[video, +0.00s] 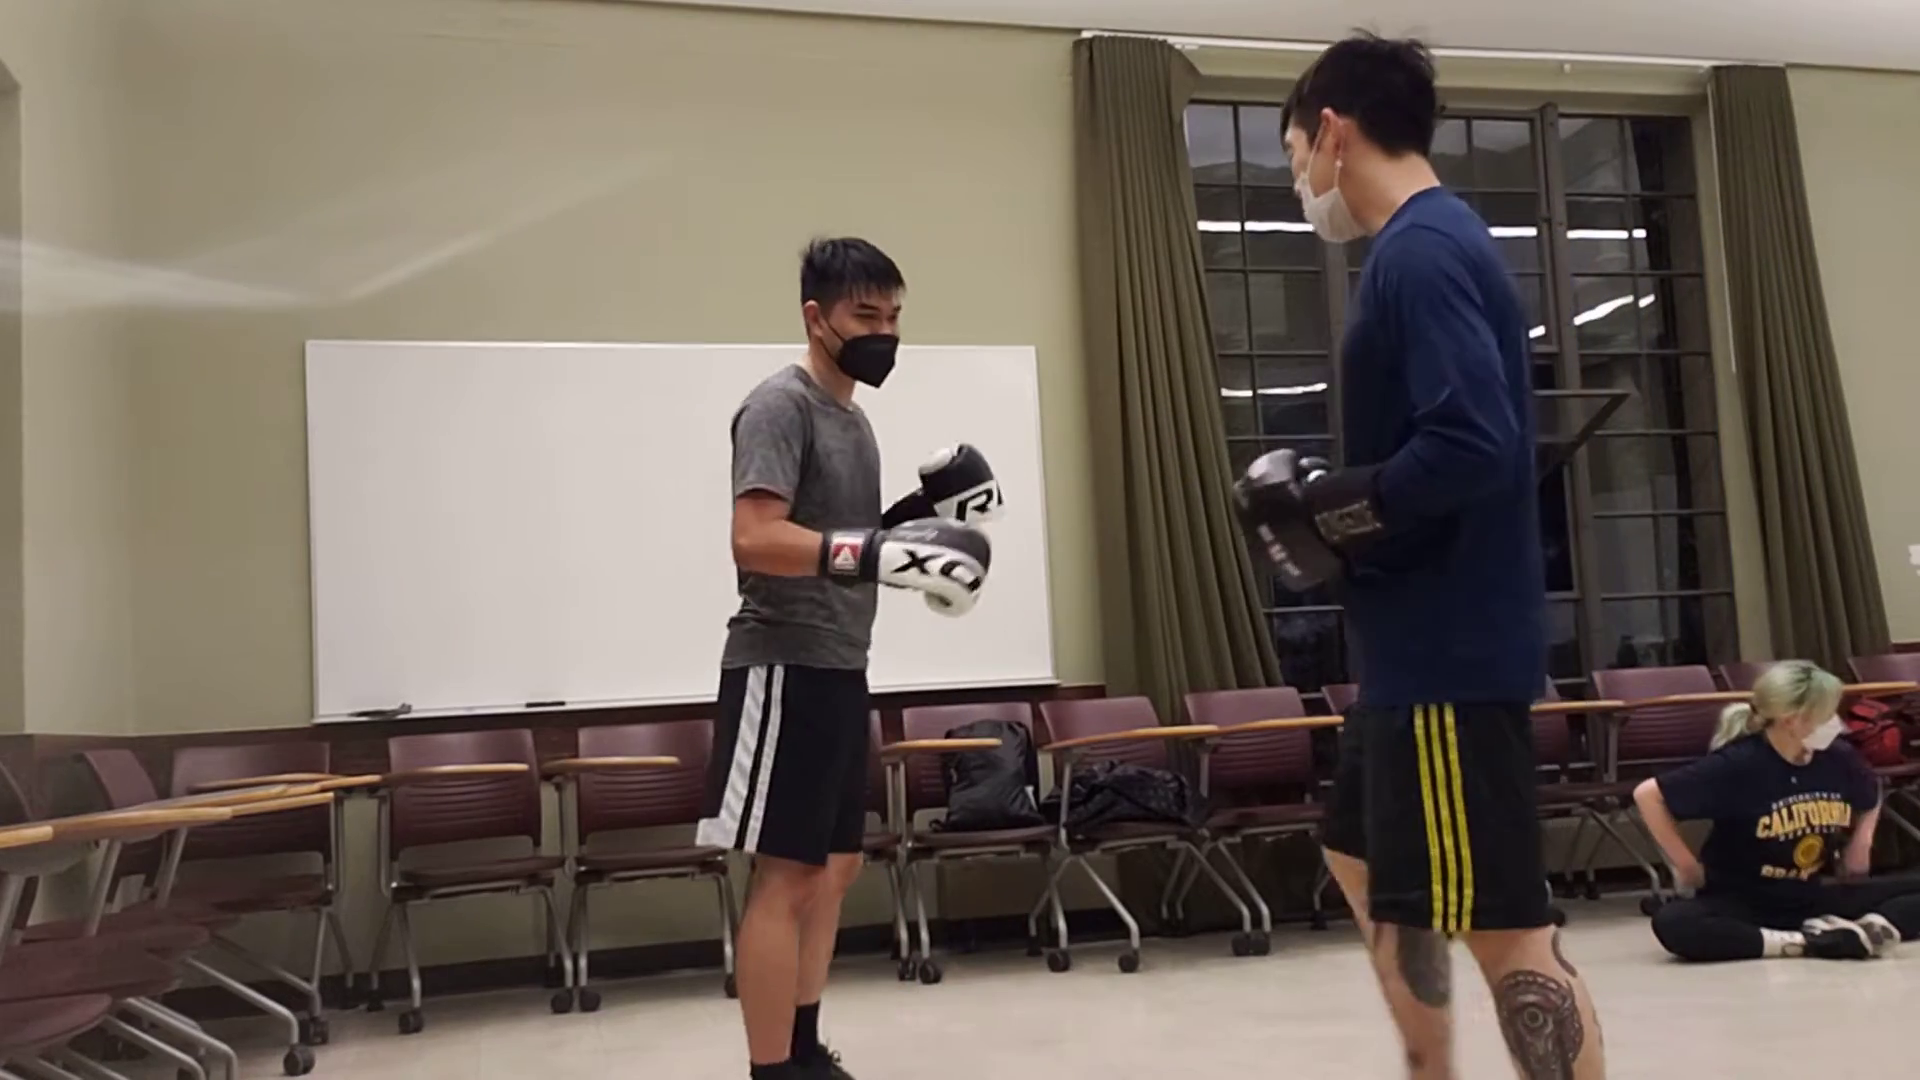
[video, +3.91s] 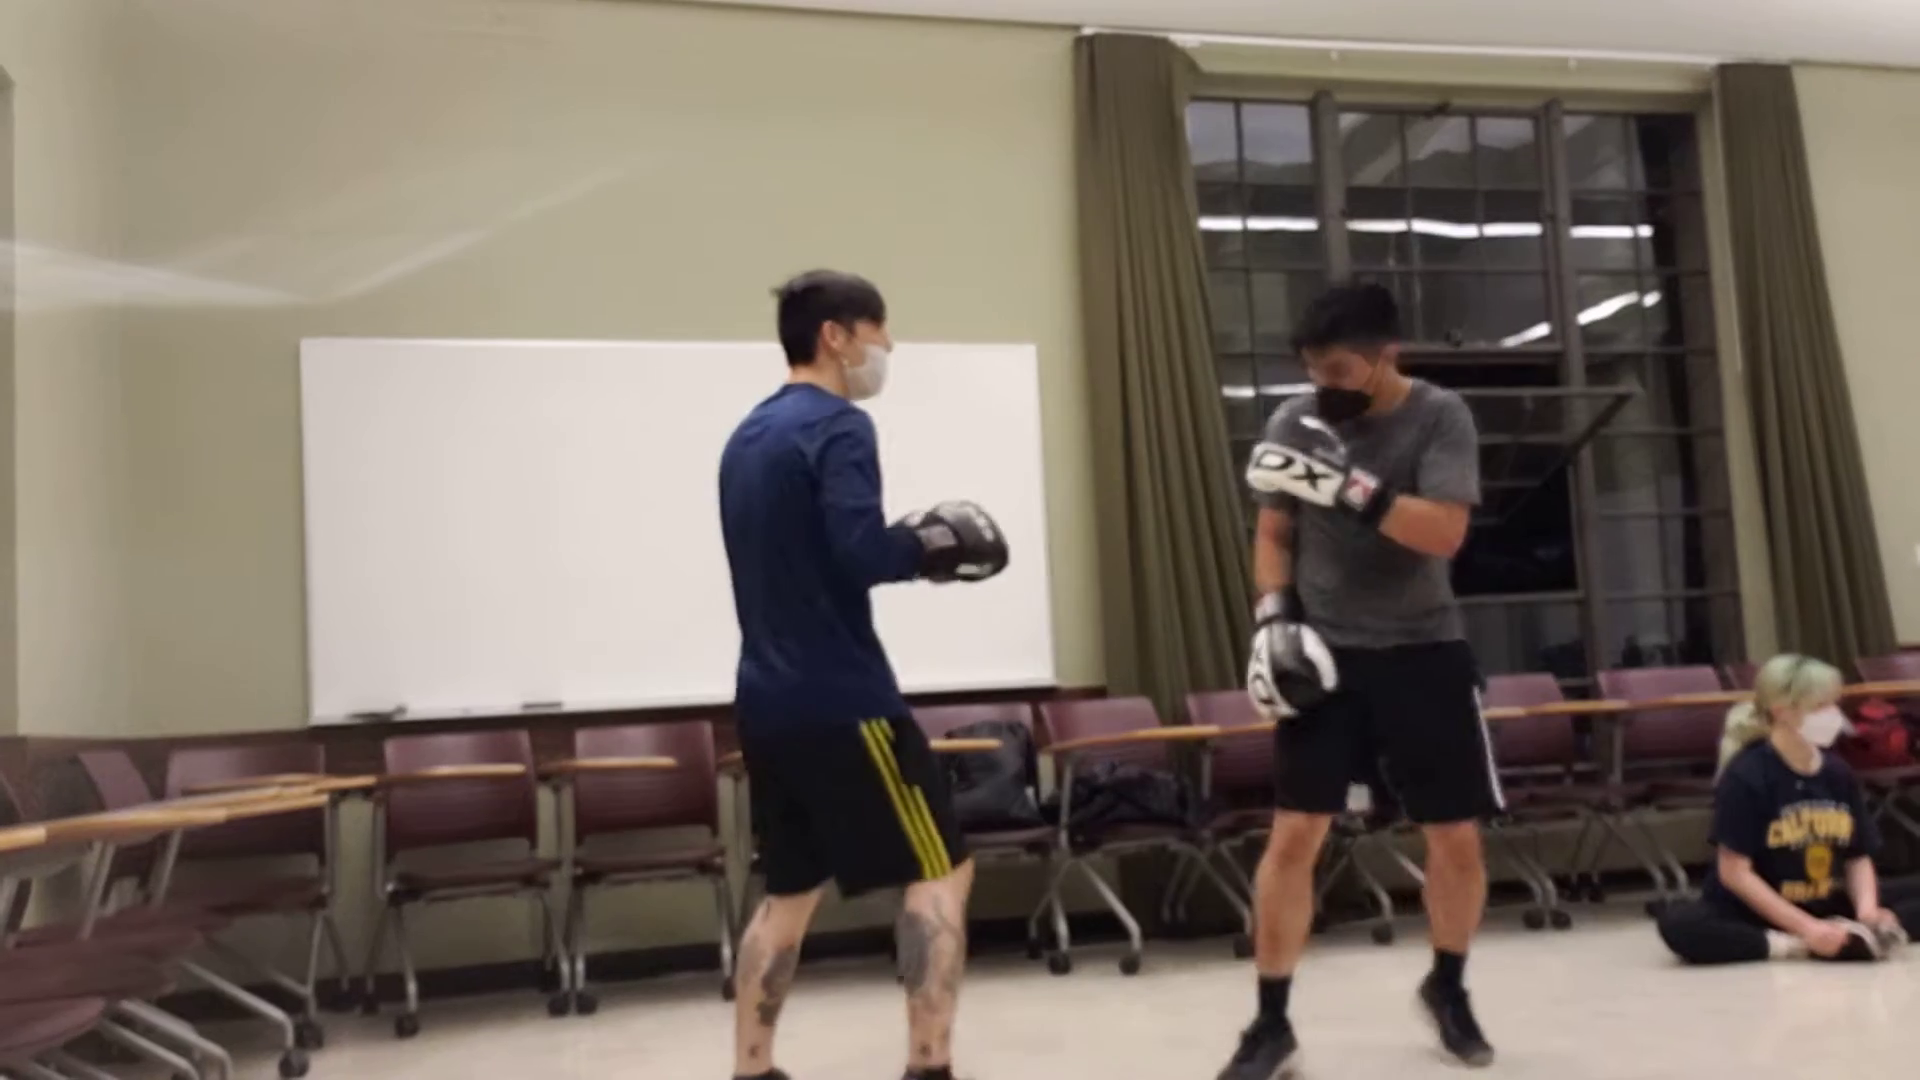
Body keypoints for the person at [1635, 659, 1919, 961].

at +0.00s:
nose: (1835, 725)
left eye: (1834, 716)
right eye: (1826, 718)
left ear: (1797, 721)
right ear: (1793, 722)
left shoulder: (1837, 760)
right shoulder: (1738, 764)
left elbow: (1870, 794)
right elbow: (1647, 794)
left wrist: (1859, 848)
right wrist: (1684, 864)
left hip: (1813, 897)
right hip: (1740, 902)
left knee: (1917, 888)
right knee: (1673, 923)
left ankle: (1853, 931)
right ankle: (1797, 943)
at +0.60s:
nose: (1832, 724)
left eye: (1831, 715)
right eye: (1823, 717)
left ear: (1796, 722)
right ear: (1790, 722)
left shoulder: (1828, 760)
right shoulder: (1735, 766)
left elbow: (1846, 805)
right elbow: (1654, 812)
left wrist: (1837, 848)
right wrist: (1712, 867)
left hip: (1814, 896)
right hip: (1746, 904)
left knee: (1917, 888)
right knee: (1672, 922)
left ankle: (1859, 931)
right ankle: (1797, 944)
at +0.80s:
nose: (1823, 715)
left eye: (1822, 706)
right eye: (1815, 707)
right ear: (1784, 714)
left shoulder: (1825, 764)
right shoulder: (1735, 769)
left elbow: (1856, 829)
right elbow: (1675, 843)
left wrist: (1852, 861)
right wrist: (1759, 880)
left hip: (1824, 899)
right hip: (1747, 907)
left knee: (1915, 892)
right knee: (1670, 922)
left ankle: (1851, 930)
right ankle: (1794, 945)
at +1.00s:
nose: (1820, 712)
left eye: (1819, 703)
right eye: (1812, 703)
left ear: (1784, 708)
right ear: (1781, 708)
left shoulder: (1823, 766)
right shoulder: (1735, 769)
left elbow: (1852, 842)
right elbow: (1704, 862)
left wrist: (1856, 878)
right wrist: (1796, 890)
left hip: (1822, 898)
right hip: (1749, 905)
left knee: (1915, 897)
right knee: (1670, 922)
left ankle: (1850, 930)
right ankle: (1792, 945)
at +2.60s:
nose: (1830, 716)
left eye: (1829, 705)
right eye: (1817, 707)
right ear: (1777, 712)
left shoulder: (1836, 772)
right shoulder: (1740, 775)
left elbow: (1857, 852)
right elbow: (1724, 870)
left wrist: (1859, 899)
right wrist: (1801, 920)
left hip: (1828, 903)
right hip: (1755, 908)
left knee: (1916, 899)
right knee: (1672, 922)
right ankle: (1792, 944)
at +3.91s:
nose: (1834, 715)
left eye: (1834, 704)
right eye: (1820, 706)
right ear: (1781, 712)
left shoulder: (1838, 774)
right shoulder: (1746, 775)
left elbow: (1858, 855)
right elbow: (1733, 872)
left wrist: (1867, 910)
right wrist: (1807, 927)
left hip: (1832, 906)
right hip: (1760, 910)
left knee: (1915, 895)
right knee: (1677, 923)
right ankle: (1795, 945)